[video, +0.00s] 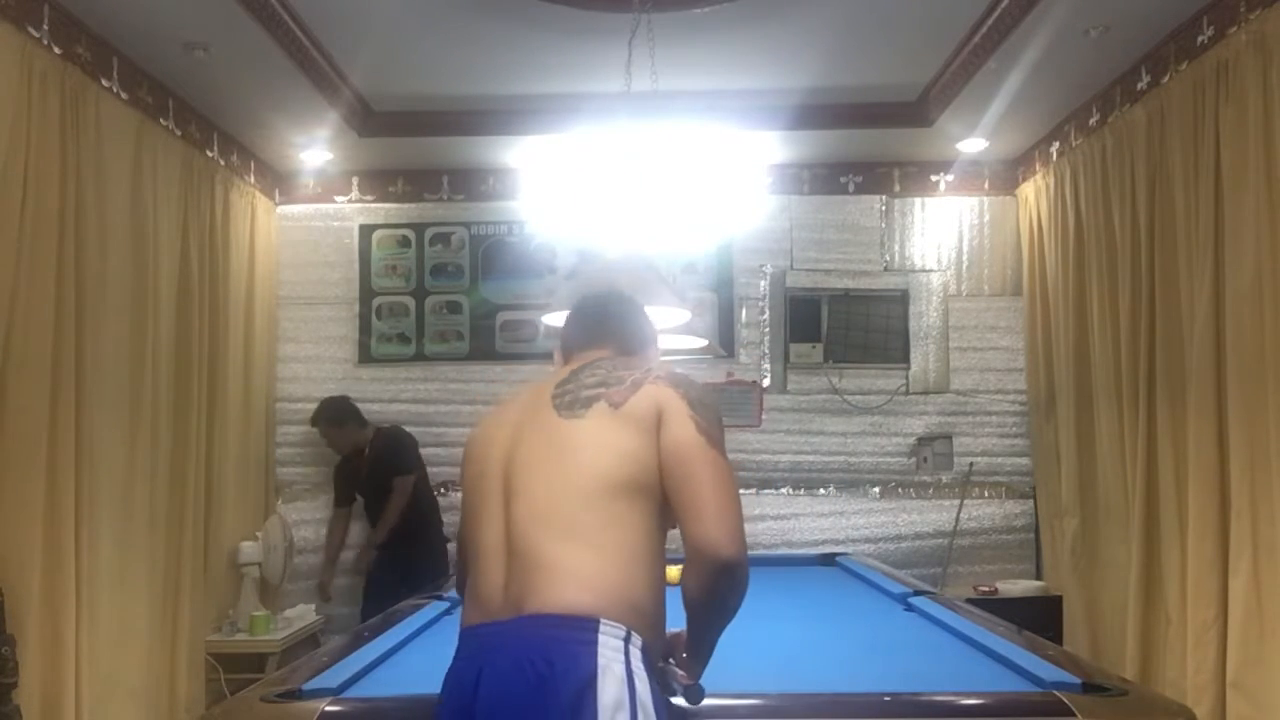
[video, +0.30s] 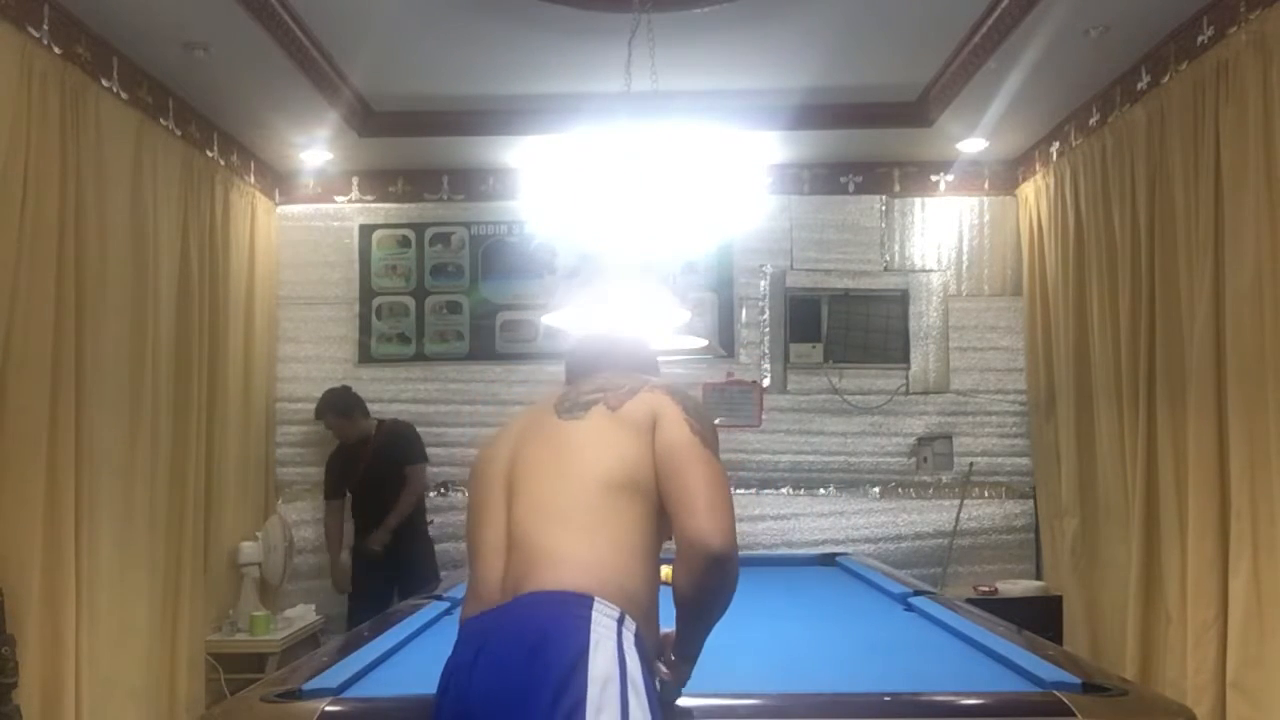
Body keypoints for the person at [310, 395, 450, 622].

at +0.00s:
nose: (328, 445)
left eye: (328, 437)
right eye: (325, 439)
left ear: (346, 426)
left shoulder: (396, 440)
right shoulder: (346, 468)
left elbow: (402, 497)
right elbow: (340, 519)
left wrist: (372, 545)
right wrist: (328, 572)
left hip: (423, 551)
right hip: (387, 553)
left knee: (420, 624)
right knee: (374, 624)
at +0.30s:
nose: (334, 435)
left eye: (334, 427)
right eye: (329, 429)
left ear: (350, 416)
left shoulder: (400, 434)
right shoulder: (339, 459)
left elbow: (417, 484)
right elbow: (334, 515)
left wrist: (385, 530)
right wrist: (335, 564)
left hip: (412, 552)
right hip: (368, 557)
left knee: (421, 629)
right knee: (363, 637)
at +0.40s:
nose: (338, 434)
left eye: (339, 426)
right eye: (334, 428)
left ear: (356, 414)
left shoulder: (405, 435)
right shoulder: (341, 457)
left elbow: (422, 488)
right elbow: (337, 515)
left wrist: (415, 537)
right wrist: (344, 563)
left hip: (410, 551)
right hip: (368, 555)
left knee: (418, 627)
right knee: (365, 635)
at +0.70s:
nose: (353, 426)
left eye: (354, 418)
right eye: (350, 420)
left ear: (373, 408)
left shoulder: (423, 434)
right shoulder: (356, 451)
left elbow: (453, 478)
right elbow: (348, 507)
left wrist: (454, 530)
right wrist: (345, 555)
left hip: (413, 553)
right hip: (370, 555)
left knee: (414, 627)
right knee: (366, 630)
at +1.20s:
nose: (382, 413)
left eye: (387, 405)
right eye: (376, 407)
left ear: (404, 400)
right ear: (369, 408)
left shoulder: (432, 439)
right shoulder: (363, 444)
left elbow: (455, 484)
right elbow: (337, 487)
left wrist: (450, 533)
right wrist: (345, 534)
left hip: (420, 550)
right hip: (375, 551)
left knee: (421, 627)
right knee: (366, 630)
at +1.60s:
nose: (396, 409)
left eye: (399, 402)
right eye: (389, 403)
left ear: (404, 402)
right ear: (367, 403)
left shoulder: (407, 437)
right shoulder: (348, 435)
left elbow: (419, 475)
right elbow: (304, 473)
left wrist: (421, 509)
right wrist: (329, 518)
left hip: (405, 551)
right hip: (364, 552)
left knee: (408, 631)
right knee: (358, 636)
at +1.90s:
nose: (392, 413)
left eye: (393, 406)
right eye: (387, 407)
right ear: (361, 406)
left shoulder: (390, 438)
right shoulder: (337, 439)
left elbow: (399, 475)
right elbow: (296, 482)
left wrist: (405, 508)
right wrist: (323, 523)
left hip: (396, 554)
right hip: (357, 557)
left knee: (403, 631)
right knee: (354, 640)